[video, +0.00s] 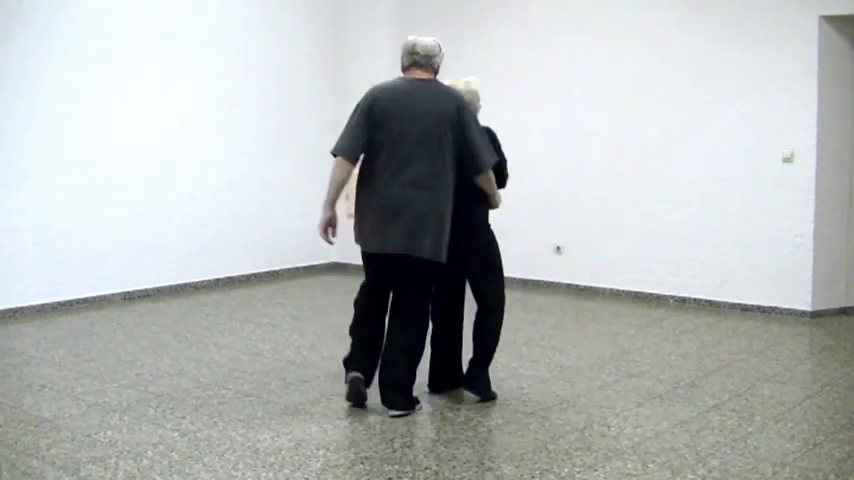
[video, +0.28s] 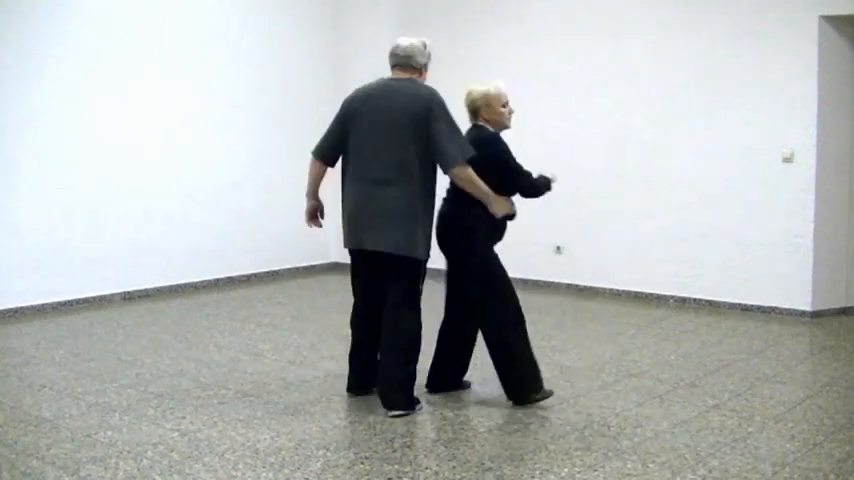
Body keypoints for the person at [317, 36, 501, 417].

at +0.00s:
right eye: (436, 65)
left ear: (402, 65)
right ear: (437, 67)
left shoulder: (378, 96)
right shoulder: (453, 102)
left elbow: (346, 156)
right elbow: (479, 166)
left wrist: (329, 205)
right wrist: (493, 196)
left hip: (377, 222)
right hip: (428, 226)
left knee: (373, 292)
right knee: (411, 308)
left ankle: (358, 370)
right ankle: (398, 397)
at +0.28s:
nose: (427, 74)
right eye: (428, 69)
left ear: (391, 64)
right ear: (424, 69)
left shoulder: (358, 98)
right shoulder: (427, 101)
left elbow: (322, 154)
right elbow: (456, 167)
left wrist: (311, 197)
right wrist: (491, 198)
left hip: (360, 225)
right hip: (406, 227)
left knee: (367, 302)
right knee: (403, 308)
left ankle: (361, 380)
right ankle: (398, 397)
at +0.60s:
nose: (413, 78)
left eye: (413, 71)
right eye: (412, 70)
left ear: (377, 66)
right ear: (402, 68)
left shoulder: (342, 98)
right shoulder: (398, 98)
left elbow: (306, 155)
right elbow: (427, 154)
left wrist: (303, 197)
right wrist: (471, 186)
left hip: (341, 221)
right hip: (387, 221)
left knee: (356, 305)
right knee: (412, 289)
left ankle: (360, 383)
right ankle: (394, 365)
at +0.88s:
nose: (409, 78)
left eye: (409, 71)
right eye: (406, 70)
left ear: (374, 68)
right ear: (389, 68)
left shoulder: (339, 98)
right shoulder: (383, 97)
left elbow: (313, 158)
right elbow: (409, 150)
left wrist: (338, 195)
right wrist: (459, 176)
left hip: (335, 221)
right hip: (377, 222)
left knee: (353, 303)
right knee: (394, 294)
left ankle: (358, 381)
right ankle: (386, 372)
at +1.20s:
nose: (399, 77)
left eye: (400, 70)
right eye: (396, 69)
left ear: (368, 67)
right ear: (377, 67)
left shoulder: (339, 94)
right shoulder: (362, 93)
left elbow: (316, 151)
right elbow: (380, 136)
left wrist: (358, 167)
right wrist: (429, 154)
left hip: (328, 219)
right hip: (359, 220)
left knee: (345, 297)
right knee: (384, 292)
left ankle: (356, 373)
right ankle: (362, 376)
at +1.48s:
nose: (392, 85)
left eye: (393, 78)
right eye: (389, 77)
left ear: (359, 74)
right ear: (368, 72)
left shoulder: (324, 101)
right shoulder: (361, 104)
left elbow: (282, 150)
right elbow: (391, 157)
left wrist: (273, 191)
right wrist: (442, 184)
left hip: (314, 224)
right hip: (338, 227)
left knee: (357, 291)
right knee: (351, 298)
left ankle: (353, 373)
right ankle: (332, 384)